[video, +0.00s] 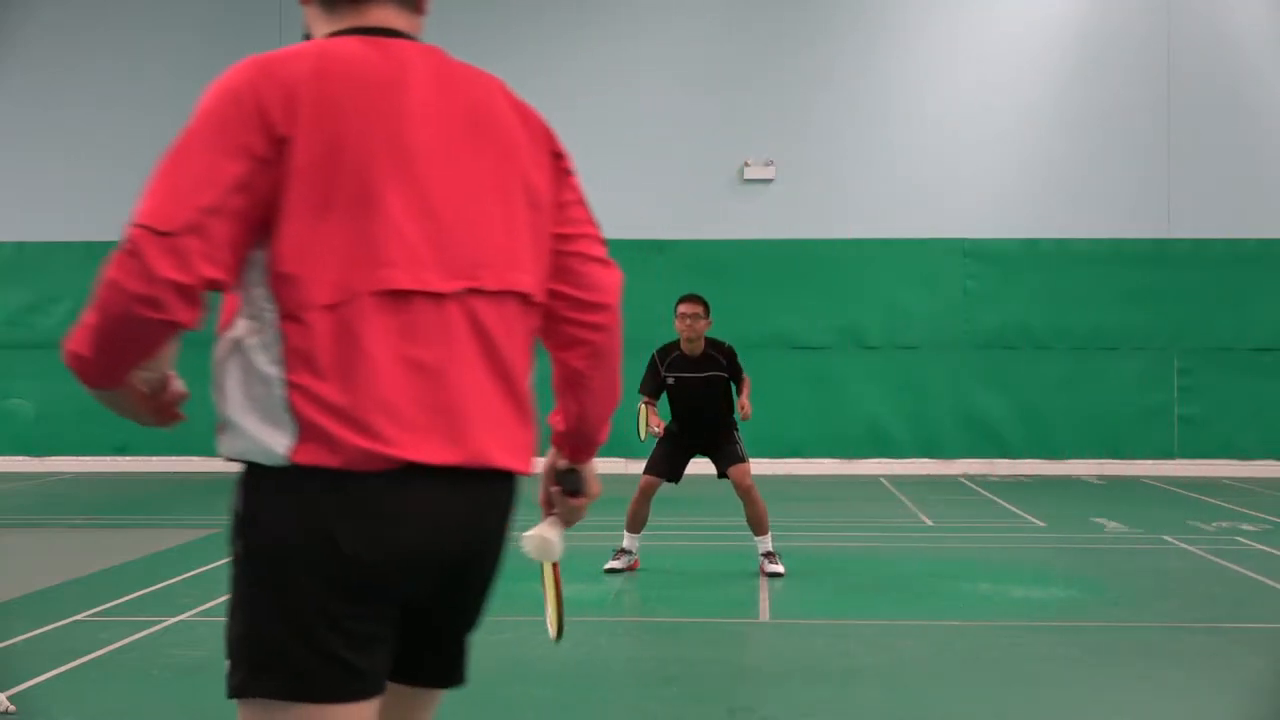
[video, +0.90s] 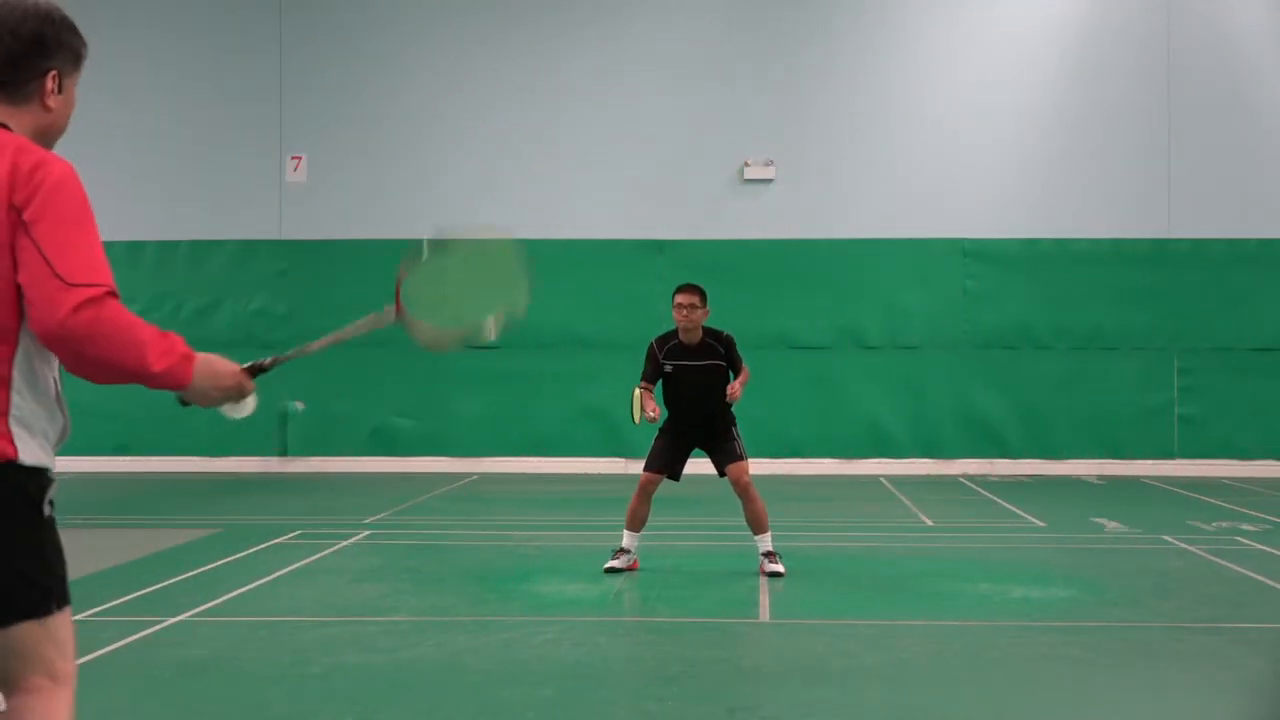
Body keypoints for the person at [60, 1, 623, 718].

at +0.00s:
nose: (304, 18)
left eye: (303, 11)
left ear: (311, 6)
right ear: (422, 10)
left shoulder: (271, 86)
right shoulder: (512, 115)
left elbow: (164, 270)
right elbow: (592, 292)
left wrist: (109, 363)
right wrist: (577, 448)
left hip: (318, 490)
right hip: (472, 496)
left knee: (307, 709)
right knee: (405, 708)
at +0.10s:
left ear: (245, 13)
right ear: (364, 15)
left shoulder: (197, 104)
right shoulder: (447, 135)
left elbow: (42, 286)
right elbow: (527, 307)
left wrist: (60, 365)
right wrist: (526, 460)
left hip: (251, 490)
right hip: (401, 500)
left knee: (279, 707)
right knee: (333, 703)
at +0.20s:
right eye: (321, 25)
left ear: (200, 28)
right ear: (314, 33)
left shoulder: (137, 123)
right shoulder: (386, 162)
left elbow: (9, 243)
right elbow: (464, 330)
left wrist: (14, 351)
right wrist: (460, 483)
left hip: (178, 500)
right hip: (328, 510)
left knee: (207, 704)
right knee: (254, 701)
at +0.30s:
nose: (289, 65)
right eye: (290, 48)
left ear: (170, 37)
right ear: (276, 51)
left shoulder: (88, 122)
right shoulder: (332, 178)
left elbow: (2, 252)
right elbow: (397, 348)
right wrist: (398, 487)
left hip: (108, 496)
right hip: (256, 513)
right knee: (188, 706)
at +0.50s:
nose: (214, 73)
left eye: (219, 54)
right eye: (217, 52)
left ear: (105, 33)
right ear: (184, 44)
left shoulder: (10, 111)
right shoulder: (223, 170)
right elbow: (282, 339)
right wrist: (284, 439)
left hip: (12, 469)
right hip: (147, 482)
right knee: (136, 708)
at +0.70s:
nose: (129, 106)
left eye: (133, 85)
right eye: (131, 82)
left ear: (24, 65)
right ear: (97, 74)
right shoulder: (101, 180)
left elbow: (181, 334)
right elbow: (183, 339)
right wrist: (260, 364)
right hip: (38, 474)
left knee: (71, 703)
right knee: (75, 705)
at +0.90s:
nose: (73, 106)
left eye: (75, 86)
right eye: (74, 86)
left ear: (16, 84)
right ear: (50, 88)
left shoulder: (27, 174)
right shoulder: (31, 172)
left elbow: (64, 314)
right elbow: (70, 316)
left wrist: (186, 370)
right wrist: (189, 369)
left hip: (14, 467)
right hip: (5, 468)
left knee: (31, 678)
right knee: (38, 681)